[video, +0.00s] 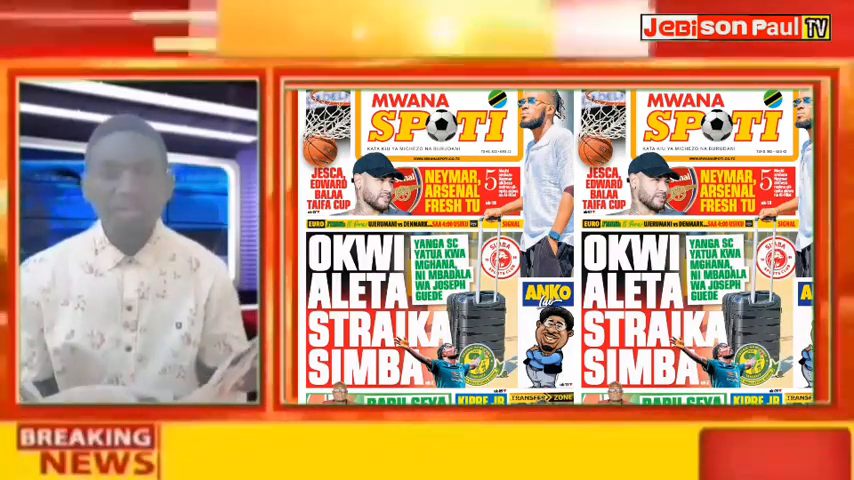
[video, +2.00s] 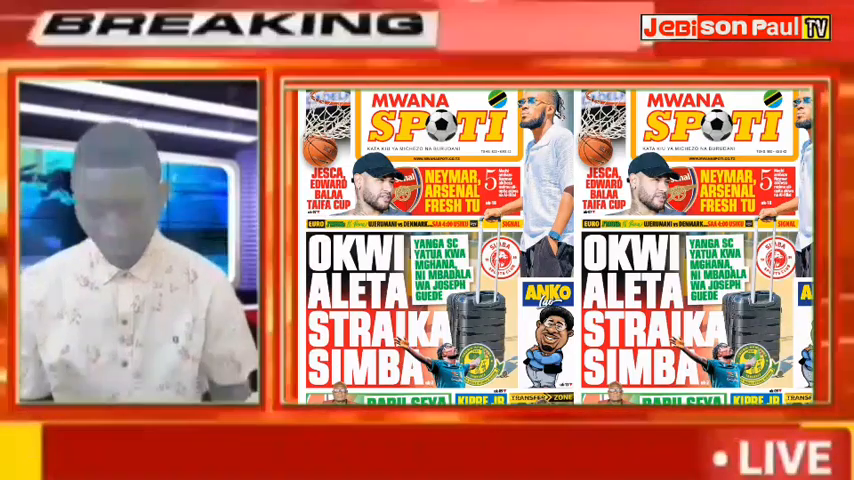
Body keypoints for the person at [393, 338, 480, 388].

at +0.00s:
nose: (453, 348)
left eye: (453, 347)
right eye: (449, 347)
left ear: (455, 351)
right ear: (443, 354)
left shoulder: (462, 367)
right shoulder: (438, 365)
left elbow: (474, 365)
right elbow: (423, 359)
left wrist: (478, 360)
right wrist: (408, 348)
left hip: (461, 403)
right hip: (444, 403)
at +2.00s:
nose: (453, 348)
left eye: (453, 347)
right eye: (449, 347)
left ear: (456, 352)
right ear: (443, 354)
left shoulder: (462, 367)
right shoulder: (439, 365)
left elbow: (474, 365)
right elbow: (423, 359)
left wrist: (478, 360)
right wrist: (408, 348)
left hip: (461, 402)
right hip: (445, 403)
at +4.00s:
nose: (453, 348)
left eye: (453, 347)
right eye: (449, 347)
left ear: (456, 352)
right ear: (443, 354)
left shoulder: (462, 367)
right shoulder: (439, 365)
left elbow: (474, 365)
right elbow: (423, 359)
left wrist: (478, 360)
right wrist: (407, 348)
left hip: (461, 403)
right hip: (444, 403)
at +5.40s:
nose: (453, 348)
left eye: (453, 347)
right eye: (449, 347)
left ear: (455, 352)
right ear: (443, 354)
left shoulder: (462, 367)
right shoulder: (439, 365)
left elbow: (474, 365)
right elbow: (423, 359)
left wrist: (478, 361)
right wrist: (408, 348)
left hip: (461, 403)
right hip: (444, 403)